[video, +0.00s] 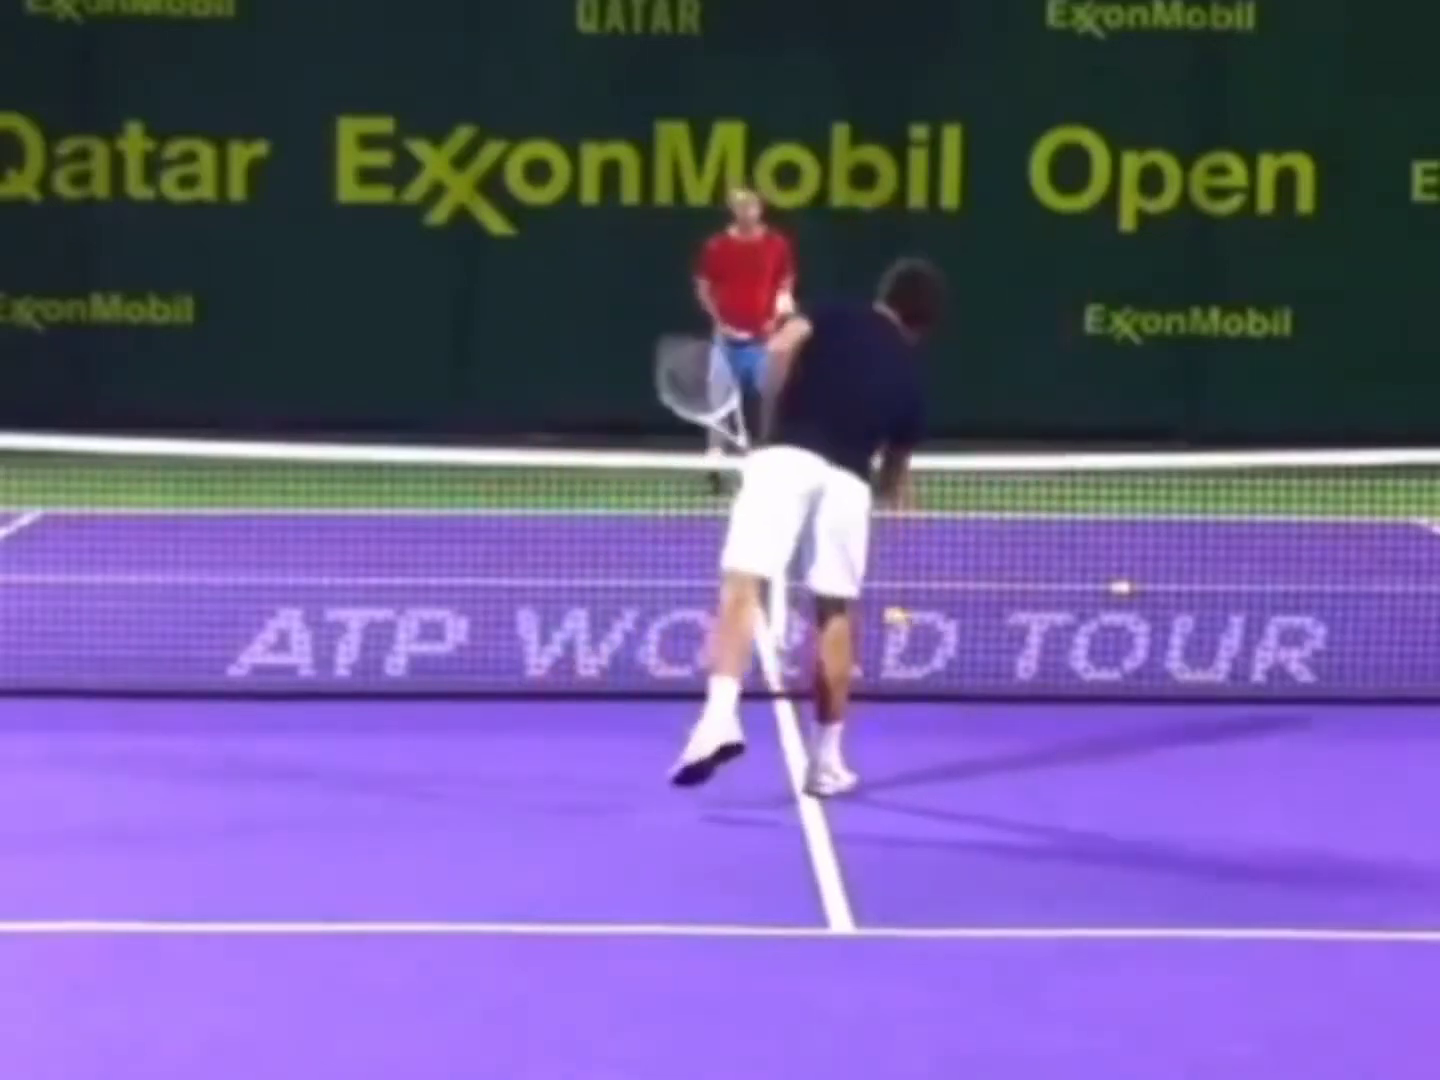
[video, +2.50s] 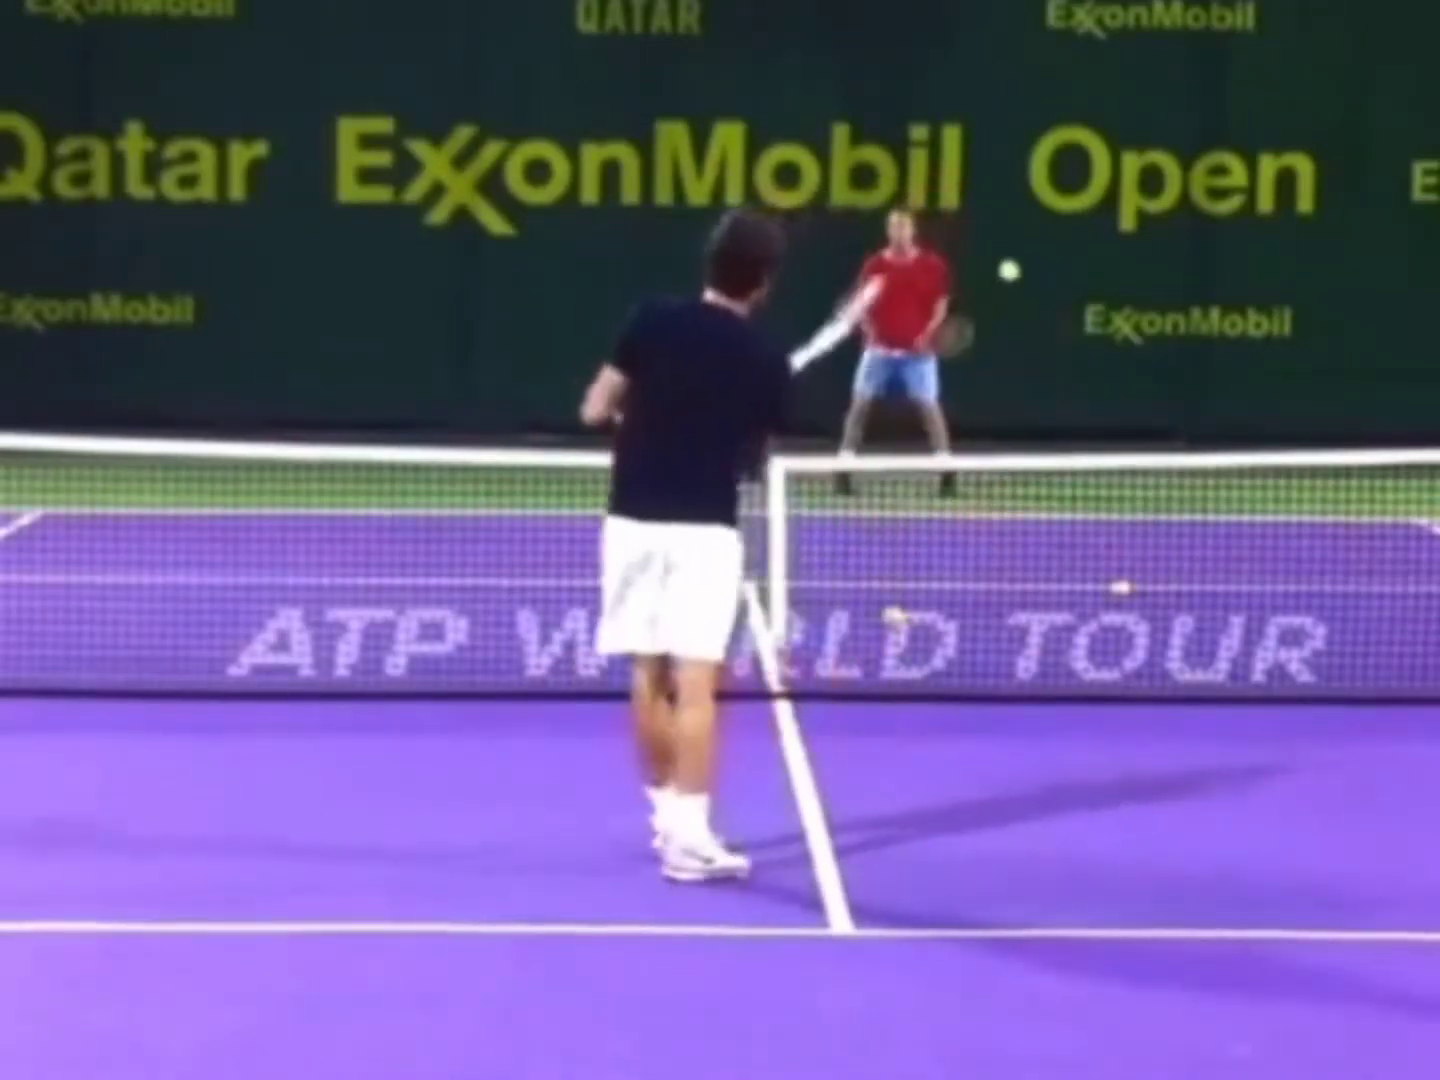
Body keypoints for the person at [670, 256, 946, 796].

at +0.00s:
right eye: (922, 319)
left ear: (880, 297)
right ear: (926, 325)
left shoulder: (837, 315)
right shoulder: (910, 377)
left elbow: (781, 347)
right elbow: (895, 468)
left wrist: (771, 427)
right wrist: (883, 492)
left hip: (784, 460)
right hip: (847, 484)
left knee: (742, 586)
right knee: (835, 616)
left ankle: (720, 713)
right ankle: (828, 757)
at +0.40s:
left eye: (835, 265)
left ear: (824, 273)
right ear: (874, 285)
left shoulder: (778, 333)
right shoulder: (887, 350)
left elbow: (738, 418)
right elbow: (911, 445)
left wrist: (753, 457)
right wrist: (873, 468)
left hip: (775, 505)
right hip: (846, 512)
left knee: (757, 637)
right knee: (843, 631)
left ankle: (781, 757)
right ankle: (832, 758)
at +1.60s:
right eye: (844, 265)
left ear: (794, 264)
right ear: (849, 271)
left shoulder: (751, 327)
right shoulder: (867, 340)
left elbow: (710, 413)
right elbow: (899, 442)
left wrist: (757, 426)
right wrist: (870, 477)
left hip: (749, 511)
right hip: (826, 516)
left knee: (720, 655)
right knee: (848, 659)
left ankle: (694, 794)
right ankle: (859, 806)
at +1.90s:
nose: (784, 274)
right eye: (786, 265)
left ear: (731, 264)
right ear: (786, 271)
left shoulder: (688, 324)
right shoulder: (787, 339)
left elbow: (623, 408)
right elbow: (816, 446)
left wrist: (669, 445)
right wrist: (873, 480)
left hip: (683, 518)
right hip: (758, 523)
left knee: (684, 664)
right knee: (794, 657)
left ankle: (680, 815)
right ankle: (826, 800)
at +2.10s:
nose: (777, 279)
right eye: (779, 270)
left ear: (722, 260)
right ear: (774, 274)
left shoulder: (666, 316)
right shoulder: (767, 341)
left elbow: (591, 389)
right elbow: (803, 441)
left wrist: (625, 446)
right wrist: (862, 487)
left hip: (657, 517)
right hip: (733, 523)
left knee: (664, 666)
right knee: (764, 662)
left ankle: (675, 815)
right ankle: (758, 810)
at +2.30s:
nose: (771, 281)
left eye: (765, 268)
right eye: (774, 272)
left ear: (714, 261)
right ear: (768, 277)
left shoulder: (659, 317)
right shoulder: (765, 348)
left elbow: (588, 389)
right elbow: (767, 446)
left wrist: (634, 424)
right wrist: (773, 453)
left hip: (646, 515)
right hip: (716, 522)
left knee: (659, 671)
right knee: (715, 672)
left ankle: (673, 813)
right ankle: (698, 812)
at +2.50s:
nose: (765, 287)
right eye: (767, 278)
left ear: (707, 268)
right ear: (764, 285)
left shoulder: (654, 323)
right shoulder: (765, 358)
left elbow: (596, 408)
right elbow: (763, 450)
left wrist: (652, 413)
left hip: (633, 523)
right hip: (707, 530)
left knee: (649, 676)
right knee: (697, 683)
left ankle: (665, 811)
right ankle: (690, 827)